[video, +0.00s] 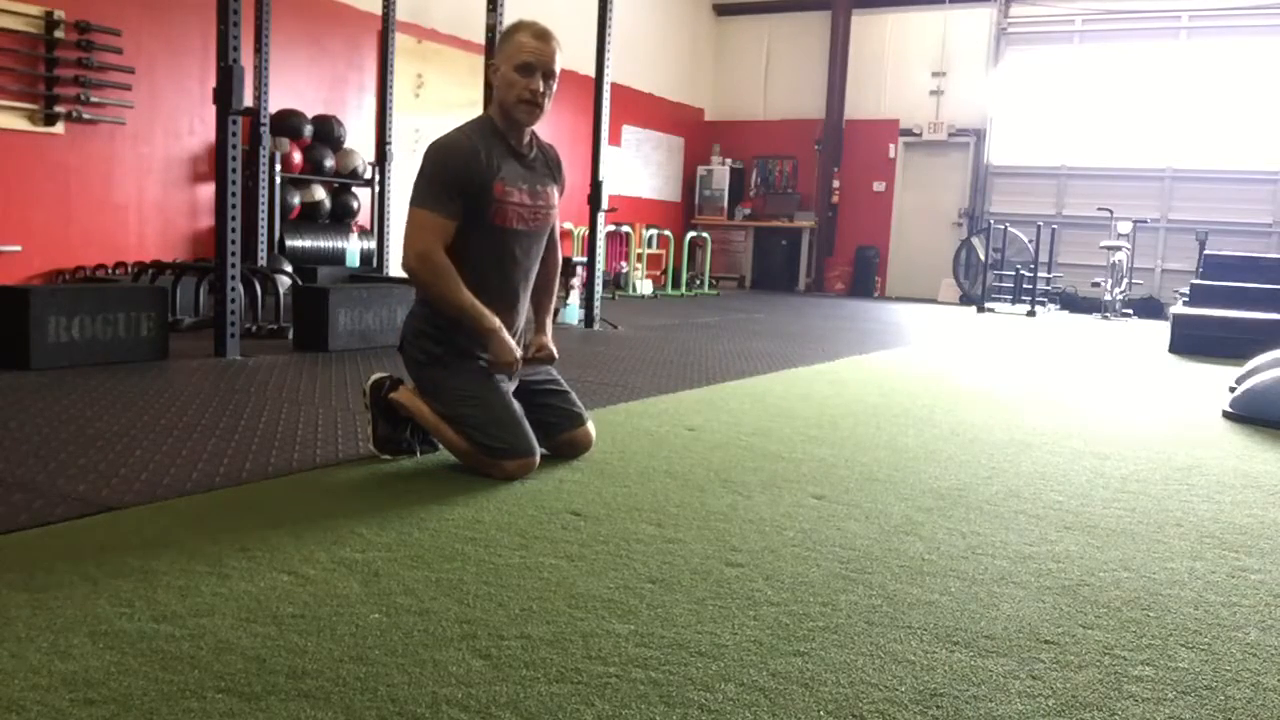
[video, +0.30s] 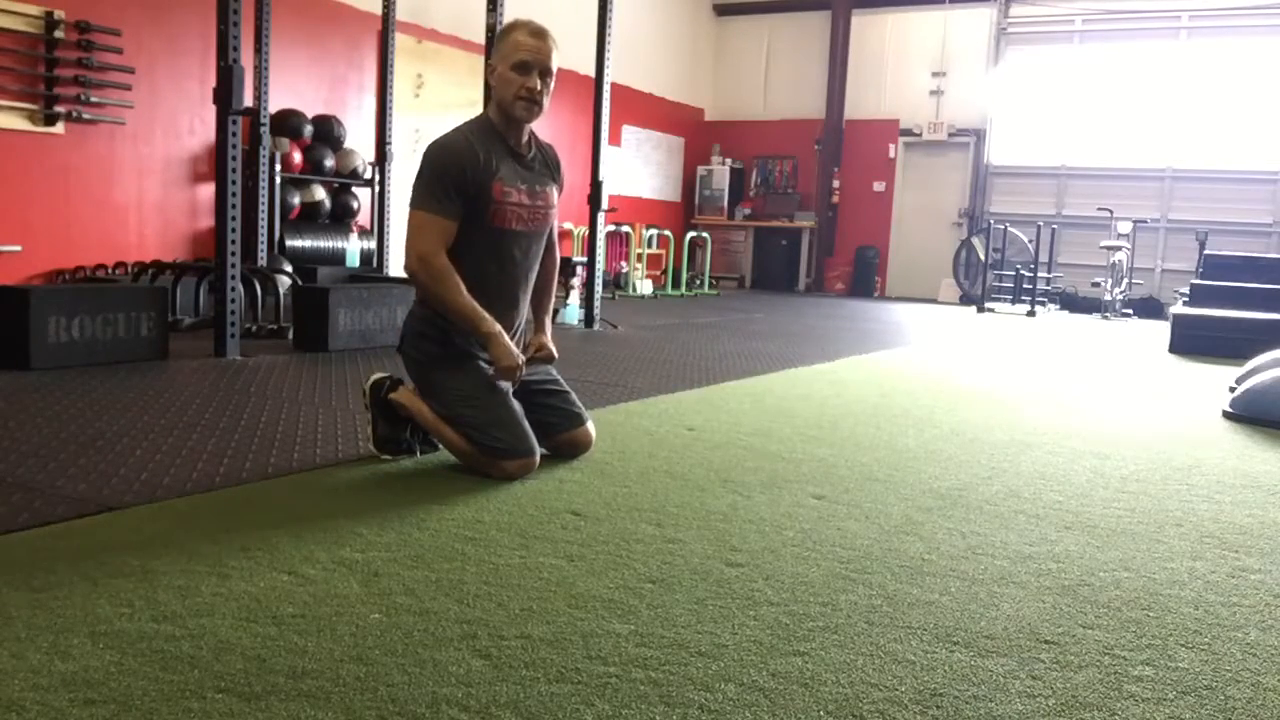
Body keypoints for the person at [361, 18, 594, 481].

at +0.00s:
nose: (538, 87)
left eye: (549, 77)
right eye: (525, 70)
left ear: (556, 87)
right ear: (493, 72)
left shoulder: (548, 160)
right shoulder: (456, 152)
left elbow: (549, 247)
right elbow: (420, 256)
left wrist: (543, 328)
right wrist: (493, 330)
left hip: (513, 338)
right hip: (447, 345)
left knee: (573, 439)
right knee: (514, 463)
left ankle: (445, 411)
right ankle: (398, 399)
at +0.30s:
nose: (534, 84)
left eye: (545, 74)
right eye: (522, 68)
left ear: (554, 84)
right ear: (491, 72)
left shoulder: (547, 160)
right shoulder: (454, 152)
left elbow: (548, 248)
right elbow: (423, 259)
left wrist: (541, 328)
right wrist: (492, 332)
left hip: (511, 337)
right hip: (447, 342)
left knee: (574, 439)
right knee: (515, 462)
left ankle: (446, 411)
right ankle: (399, 400)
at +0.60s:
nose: (540, 87)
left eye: (550, 77)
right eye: (527, 70)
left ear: (558, 87)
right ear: (495, 73)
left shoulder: (549, 162)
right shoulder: (457, 154)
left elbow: (549, 248)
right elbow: (425, 262)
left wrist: (542, 328)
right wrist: (488, 342)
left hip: (514, 341)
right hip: (448, 346)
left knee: (574, 439)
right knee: (515, 463)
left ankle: (446, 410)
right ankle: (399, 401)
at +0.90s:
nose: (550, 91)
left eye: (560, 80)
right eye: (537, 75)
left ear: (567, 88)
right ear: (505, 75)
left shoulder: (557, 167)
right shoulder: (465, 155)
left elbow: (554, 249)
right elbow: (434, 263)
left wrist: (548, 330)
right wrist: (488, 349)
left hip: (513, 342)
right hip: (446, 346)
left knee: (574, 439)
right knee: (514, 462)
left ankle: (446, 411)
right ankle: (398, 399)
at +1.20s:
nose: (582, 96)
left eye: (586, 84)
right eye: (569, 81)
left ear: (588, 90)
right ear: (526, 78)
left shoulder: (570, 173)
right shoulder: (479, 156)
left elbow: (567, 262)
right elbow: (446, 268)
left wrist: (574, 338)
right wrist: (493, 357)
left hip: (509, 343)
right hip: (447, 343)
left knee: (575, 439)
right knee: (515, 463)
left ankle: (446, 410)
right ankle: (400, 398)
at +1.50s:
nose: (598, 85)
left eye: (600, 72)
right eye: (585, 69)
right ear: (540, 74)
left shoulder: (583, 171)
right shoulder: (492, 149)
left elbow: (578, 260)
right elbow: (459, 259)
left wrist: (600, 338)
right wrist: (505, 352)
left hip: (519, 340)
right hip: (457, 342)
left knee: (575, 441)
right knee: (516, 464)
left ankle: (451, 395)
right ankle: (404, 397)